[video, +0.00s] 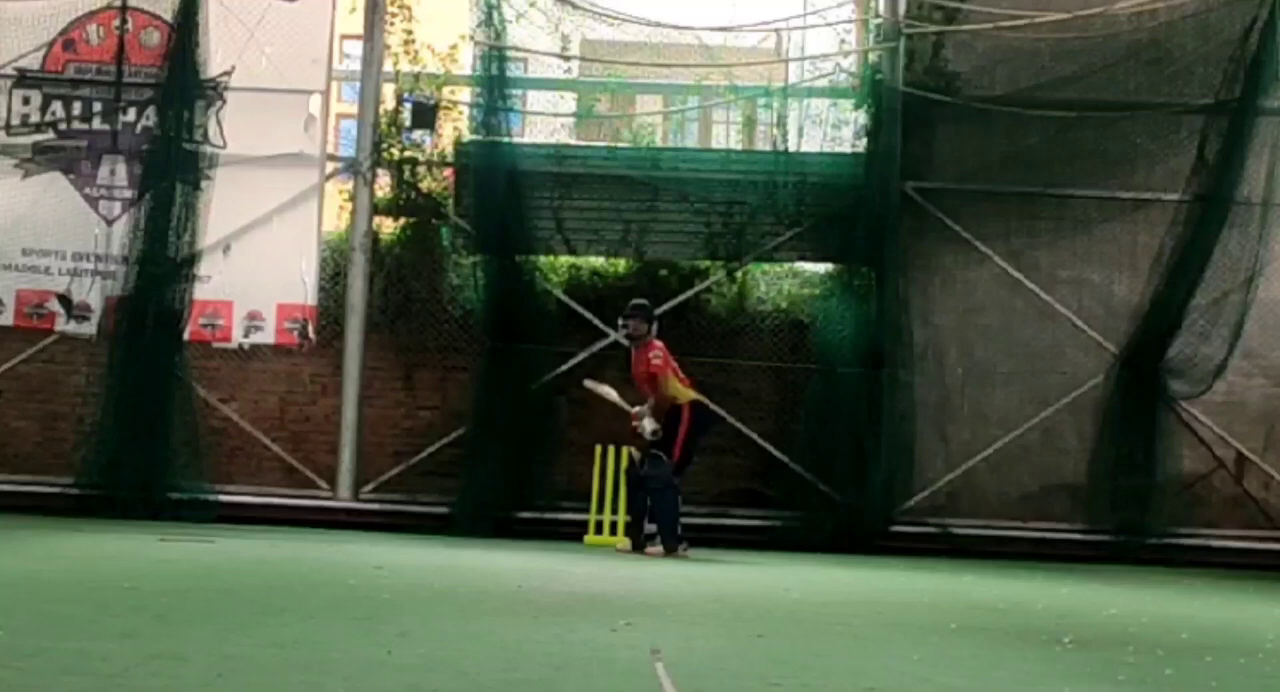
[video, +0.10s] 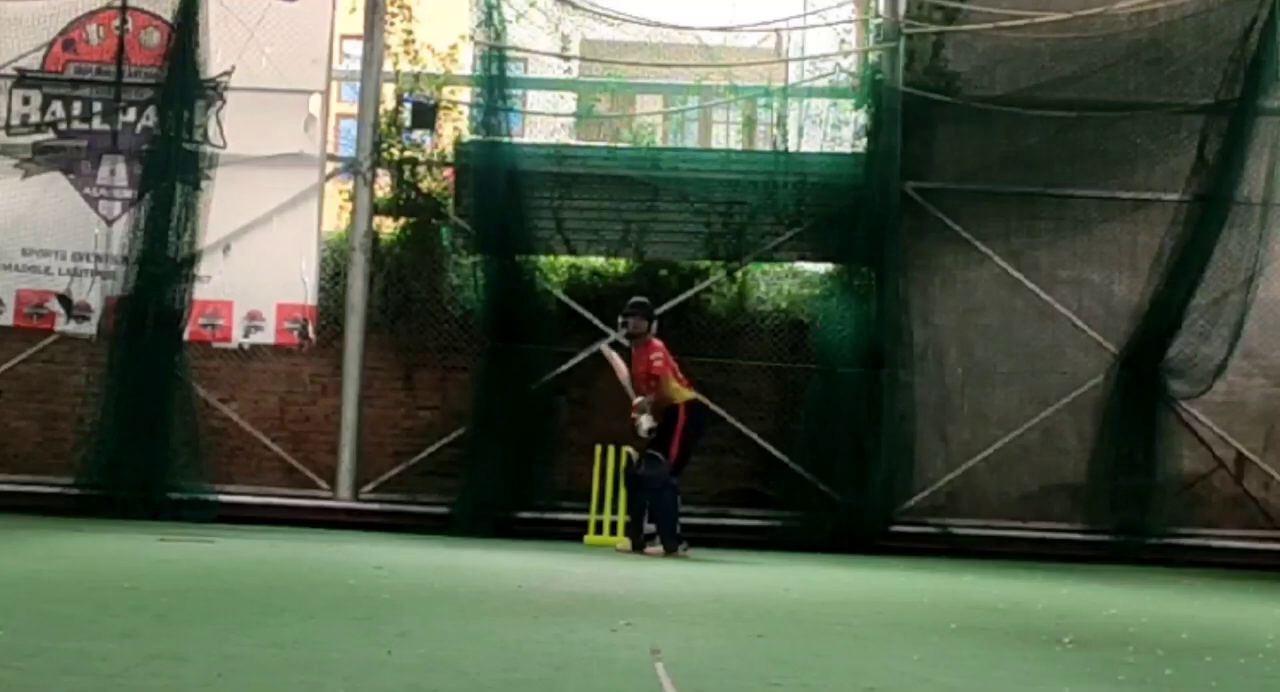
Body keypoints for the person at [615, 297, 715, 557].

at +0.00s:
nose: (633, 326)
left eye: (640, 322)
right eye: (630, 321)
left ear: (650, 325)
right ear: (625, 324)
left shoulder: (654, 352)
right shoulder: (638, 351)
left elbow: (665, 390)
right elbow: (655, 390)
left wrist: (651, 416)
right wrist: (644, 409)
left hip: (686, 405)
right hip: (668, 406)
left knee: (667, 468)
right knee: (653, 465)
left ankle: (671, 539)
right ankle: (648, 534)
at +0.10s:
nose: (633, 324)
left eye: (639, 319)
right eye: (629, 319)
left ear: (649, 323)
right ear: (625, 323)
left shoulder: (655, 349)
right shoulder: (638, 350)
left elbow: (663, 388)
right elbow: (629, 381)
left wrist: (646, 402)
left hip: (684, 405)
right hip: (666, 407)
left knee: (664, 469)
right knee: (651, 466)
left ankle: (671, 539)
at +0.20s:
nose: (633, 324)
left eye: (639, 318)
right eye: (630, 318)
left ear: (649, 322)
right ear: (625, 322)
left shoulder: (655, 349)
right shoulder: (636, 350)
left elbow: (662, 389)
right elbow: (633, 381)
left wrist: (644, 401)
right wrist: (638, 414)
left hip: (684, 404)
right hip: (664, 407)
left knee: (662, 469)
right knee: (648, 466)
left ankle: (671, 539)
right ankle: (643, 534)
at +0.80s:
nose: (610, 333)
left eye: (617, 328)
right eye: (606, 327)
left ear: (626, 331)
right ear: (600, 331)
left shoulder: (634, 358)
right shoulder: (613, 357)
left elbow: (641, 401)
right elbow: (618, 388)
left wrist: (624, 403)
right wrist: (620, 411)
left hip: (663, 408)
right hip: (643, 410)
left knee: (642, 472)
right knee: (625, 468)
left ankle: (669, 539)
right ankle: (613, 536)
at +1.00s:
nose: (599, 348)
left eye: (604, 343)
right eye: (594, 343)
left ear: (614, 342)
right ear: (588, 342)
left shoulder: (626, 366)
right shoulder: (594, 354)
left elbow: (626, 412)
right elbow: (566, 313)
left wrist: (610, 410)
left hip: (654, 405)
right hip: (633, 404)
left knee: (629, 464)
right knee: (616, 461)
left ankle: (621, 535)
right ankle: (611, 532)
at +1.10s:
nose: (599, 356)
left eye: (604, 351)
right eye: (594, 351)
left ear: (614, 347)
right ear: (587, 347)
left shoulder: (627, 366)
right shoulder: (598, 366)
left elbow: (618, 413)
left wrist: (603, 404)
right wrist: (596, 396)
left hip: (651, 409)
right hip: (630, 409)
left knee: (626, 466)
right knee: (609, 462)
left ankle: (621, 535)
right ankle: (608, 531)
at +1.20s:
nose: (601, 349)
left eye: (606, 345)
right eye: (596, 344)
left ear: (615, 337)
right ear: (587, 337)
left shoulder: (628, 353)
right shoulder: (588, 352)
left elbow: (622, 385)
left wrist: (597, 387)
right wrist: (588, 383)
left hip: (644, 403)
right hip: (620, 403)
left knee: (626, 464)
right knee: (605, 461)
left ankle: (619, 535)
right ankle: (605, 530)